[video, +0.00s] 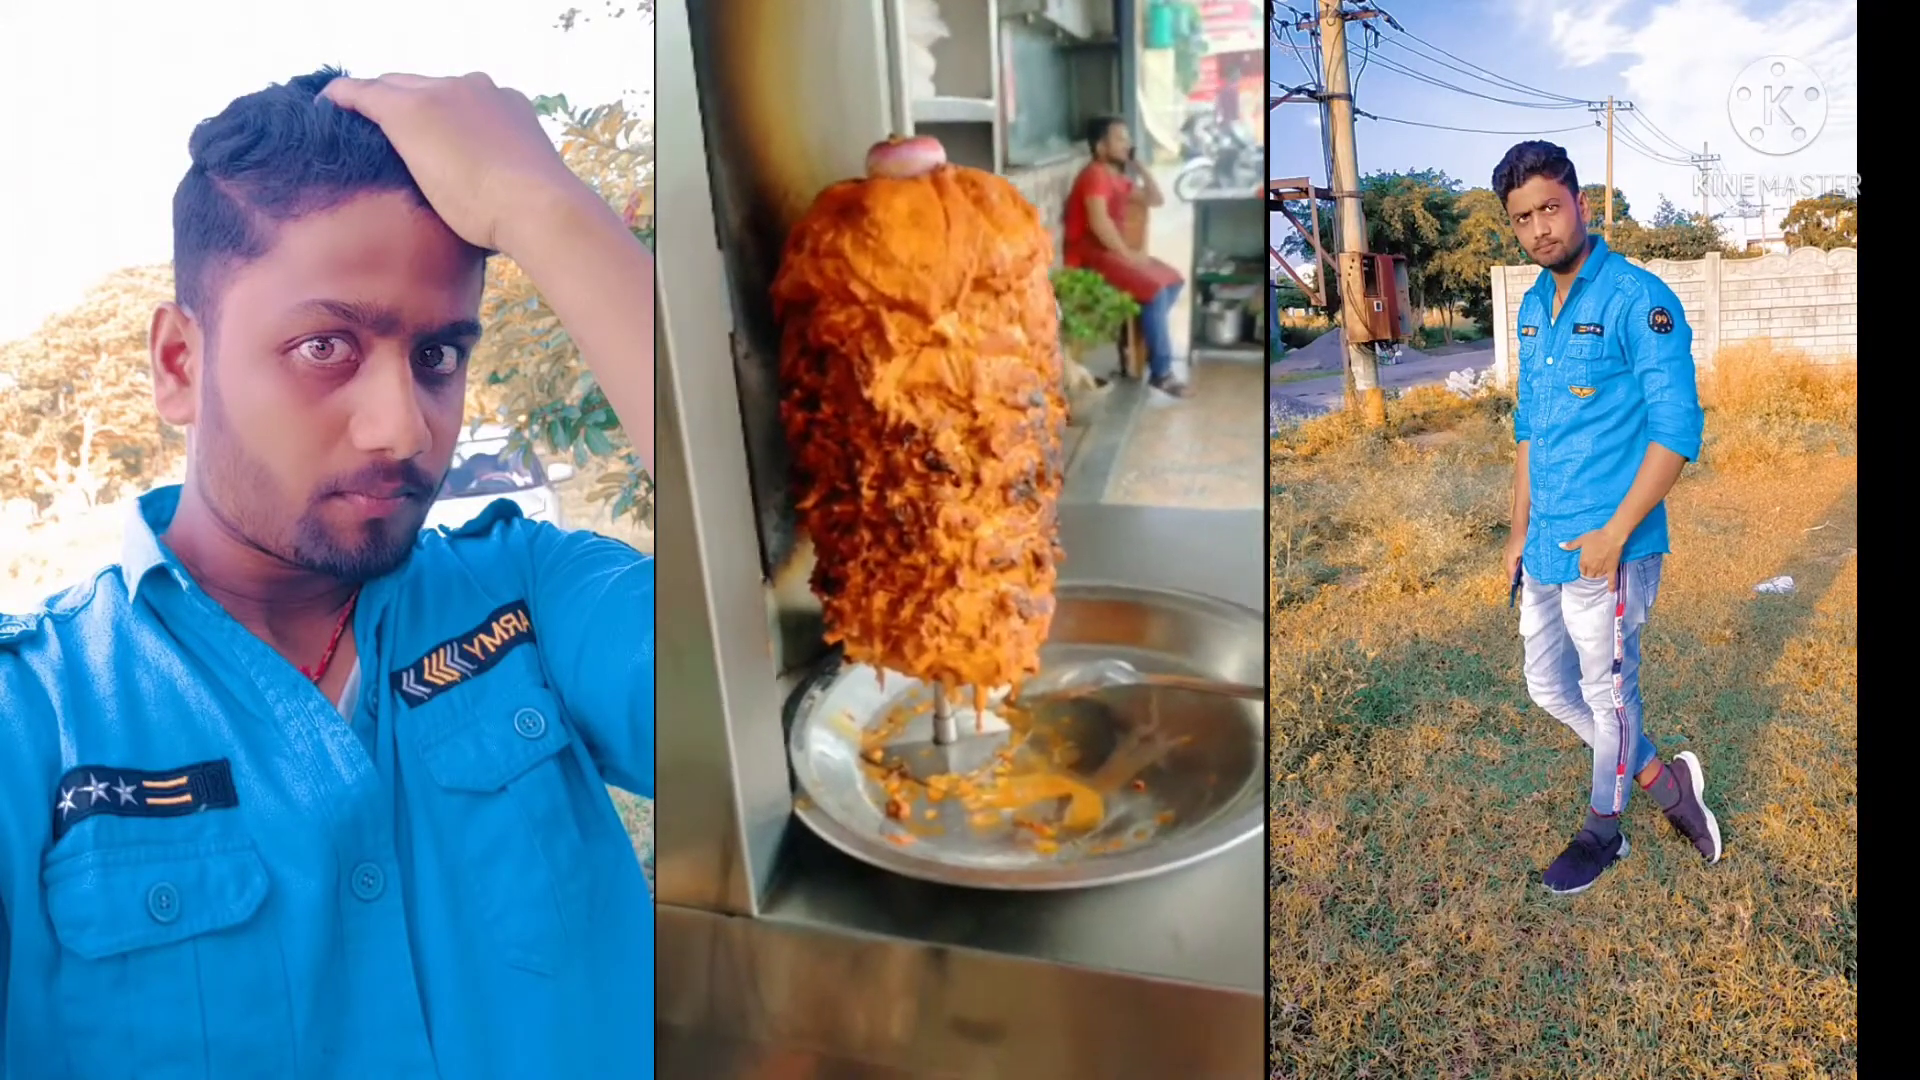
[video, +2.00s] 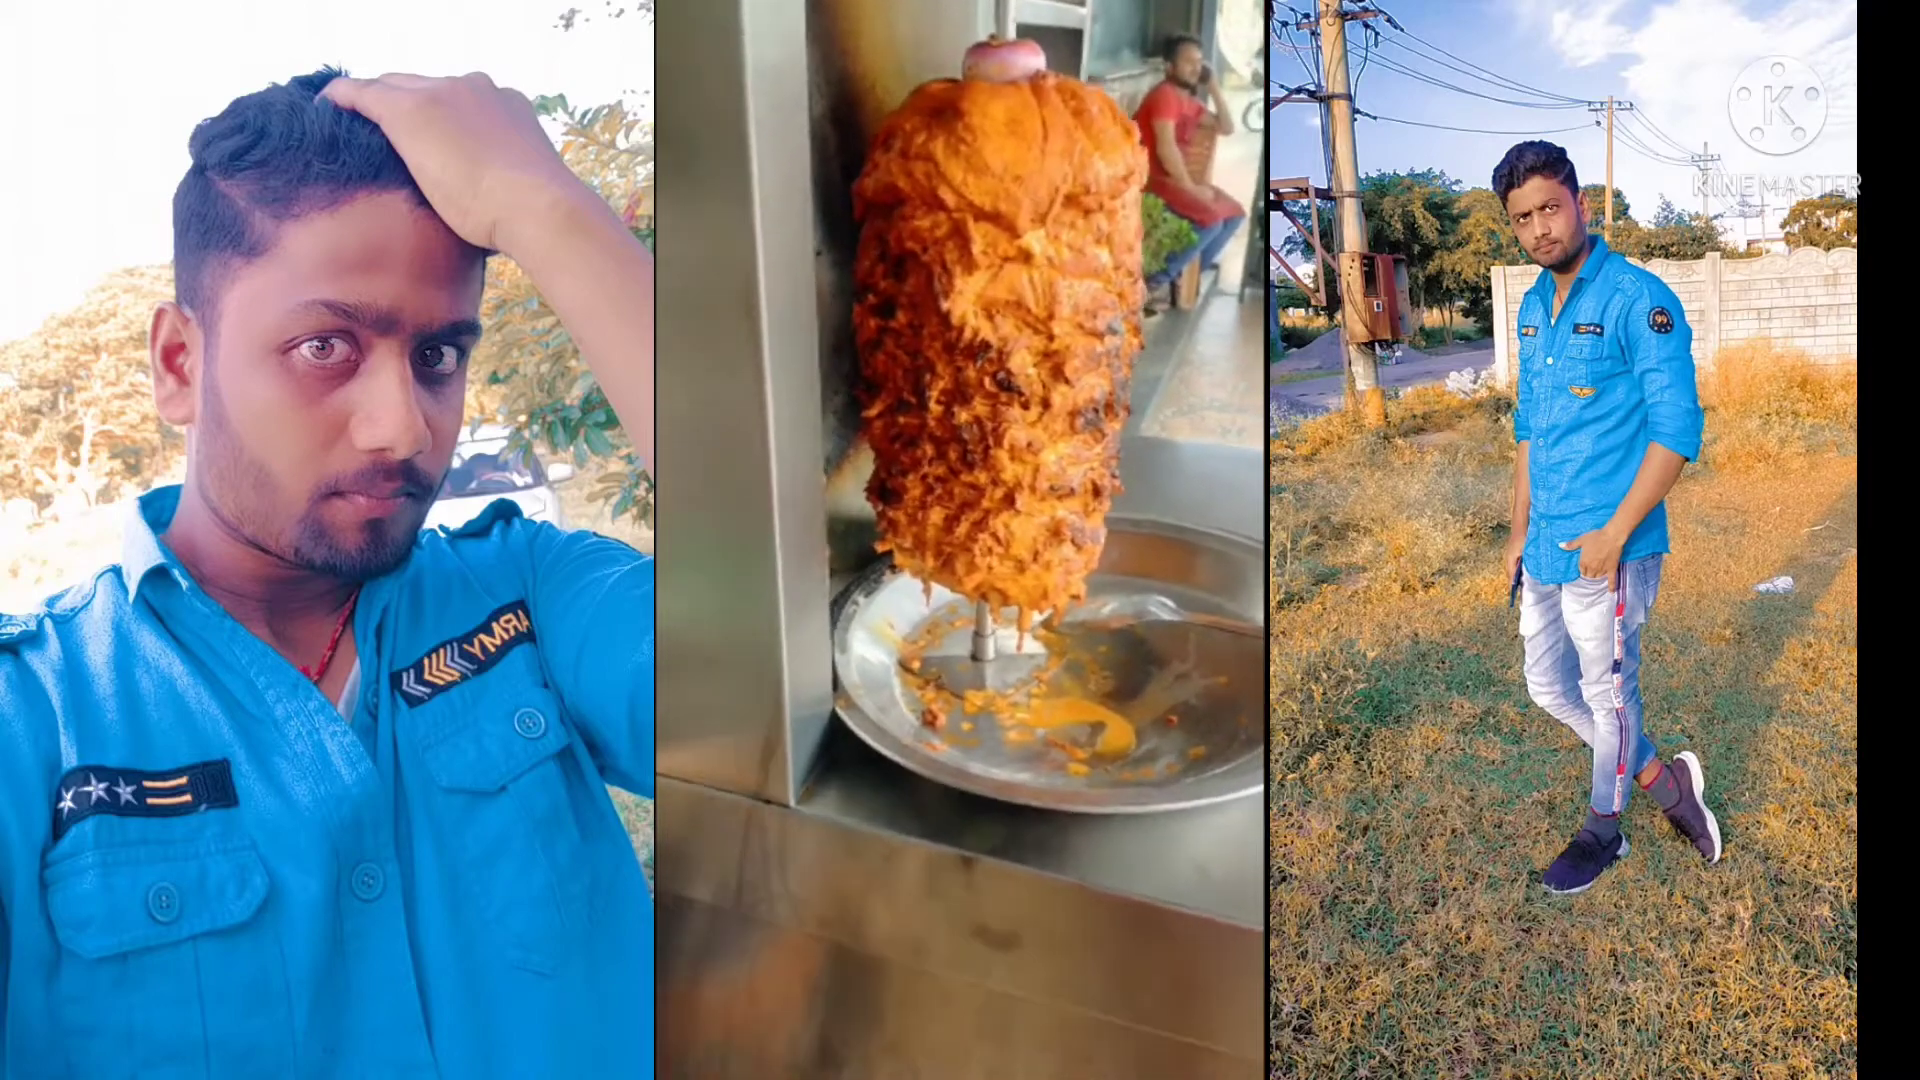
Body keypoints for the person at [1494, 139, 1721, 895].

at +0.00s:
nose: (1537, 229)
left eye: (1549, 208)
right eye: (1522, 219)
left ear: (1582, 203)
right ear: (1514, 228)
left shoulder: (1641, 298)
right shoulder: (1535, 306)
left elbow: (1678, 432)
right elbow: (1529, 431)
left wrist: (1616, 531)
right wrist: (1520, 528)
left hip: (1612, 536)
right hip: (1544, 538)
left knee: (1610, 690)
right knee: (1549, 684)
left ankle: (1602, 828)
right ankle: (1664, 778)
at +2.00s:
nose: (1537, 229)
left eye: (1548, 209)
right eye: (1522, 219)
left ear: (1582, 203)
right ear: (1513, 228)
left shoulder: (1640, 298)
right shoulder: (1534, 307)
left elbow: (1678, 432)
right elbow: (1529, 431)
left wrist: (1615, 533)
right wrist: (1519, 529)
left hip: (1611, 537)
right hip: (1544, 538)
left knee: (1609, 689)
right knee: (1549, 684)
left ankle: (1602, 828)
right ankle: (1665, 778)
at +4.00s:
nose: (1537, 229)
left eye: (1548, 209)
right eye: (1522, 219)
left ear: (1582, 202)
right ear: (1513, 228)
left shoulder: (1640, 298)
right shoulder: (1534, 307)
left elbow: (1678, 432)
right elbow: (1529, 431)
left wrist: (1615, 533)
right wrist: (1519, 529)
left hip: (1611, 537)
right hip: (1544, 538)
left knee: (1609, 689)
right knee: (1549, 684)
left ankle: (1602, 828)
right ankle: (1665, 778)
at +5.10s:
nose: (1537, 229)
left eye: (1549, 209)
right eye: (1522, 219)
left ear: (1582, 203)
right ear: (1513, 228)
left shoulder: (1640, 298)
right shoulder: (1534, 307)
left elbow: (1678, 431)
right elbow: (1529, 431)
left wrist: (1615, 532)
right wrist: (1520, 528)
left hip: (1611, 536)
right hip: (1544, 538)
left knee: (1609, 689)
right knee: (1549, 684)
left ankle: (1602, 828)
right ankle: (1665, 778)